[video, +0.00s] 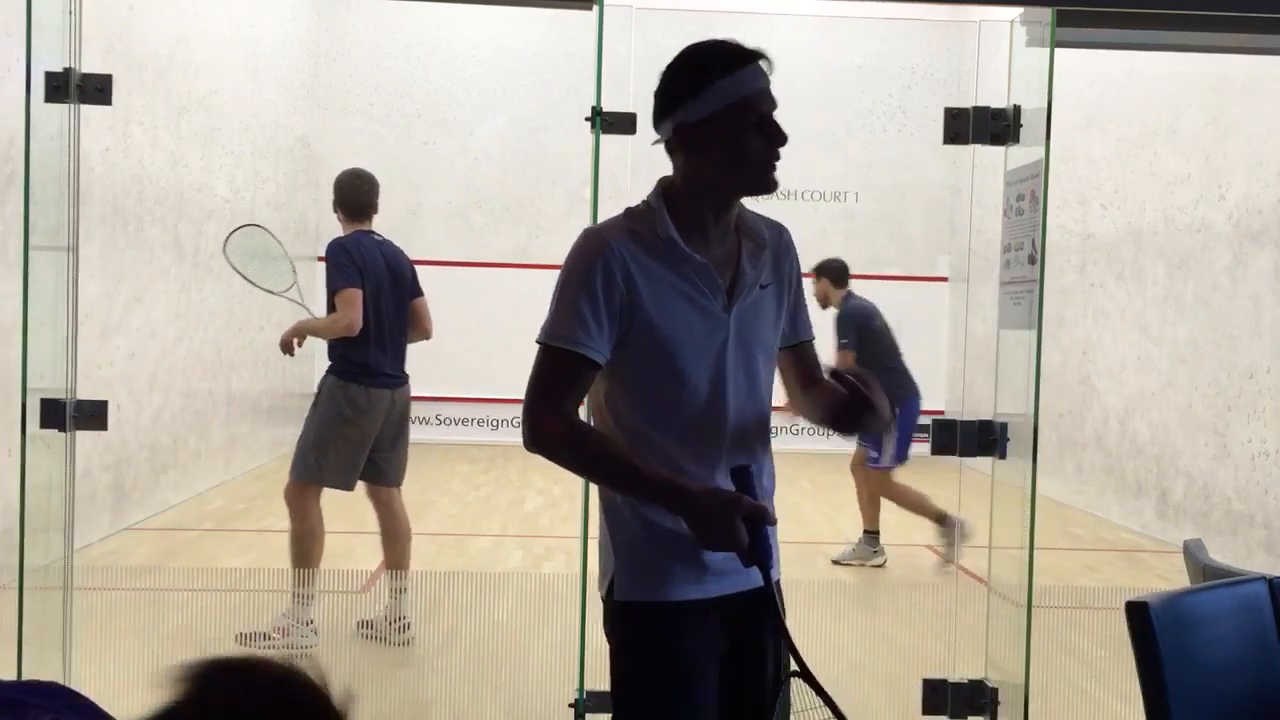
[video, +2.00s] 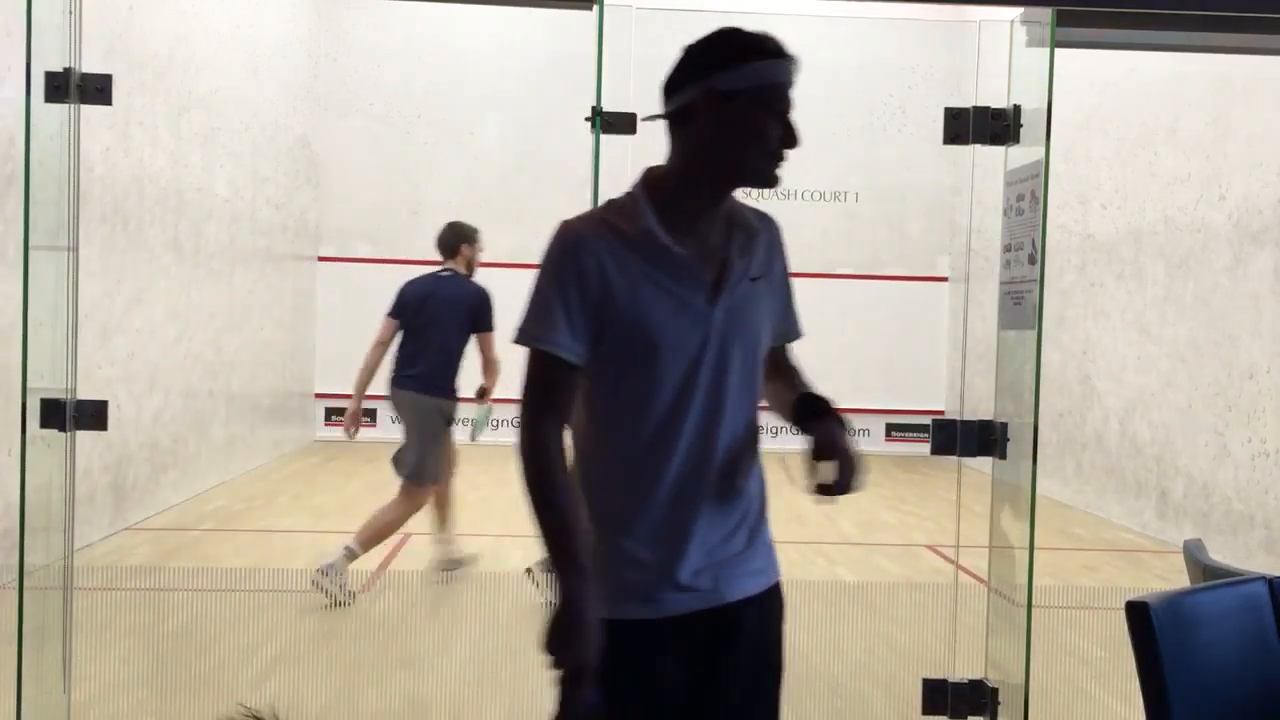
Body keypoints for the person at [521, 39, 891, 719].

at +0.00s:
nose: (781, 136)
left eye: (773, 118)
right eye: (759, 120)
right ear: (691, 136)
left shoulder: (771, 246)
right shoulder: (609, 253)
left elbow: (809, 389)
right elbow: (545, 423)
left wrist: (849, 405)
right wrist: (688, 501)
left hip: (753, 568)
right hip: (658, 578)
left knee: (756, 712)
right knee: (668, 716)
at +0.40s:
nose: (705, 132)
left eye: (698, 113)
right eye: (686, 112)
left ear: (619, 129)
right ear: (614, 127)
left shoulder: (710, 241)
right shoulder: (525, 263)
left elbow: (777, 349)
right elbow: (481, 430)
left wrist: (788, 367)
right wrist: (598, 504)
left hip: (710, 582)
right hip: (596, 594)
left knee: (720, 712)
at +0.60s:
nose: (641, 132)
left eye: (636, 112)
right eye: (621, 113)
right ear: (554, 123)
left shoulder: (654, 240)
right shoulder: (460, 259)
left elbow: (714, 370)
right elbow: (414, 420)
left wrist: (723, 392)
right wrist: (494, 510)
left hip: (645, 575)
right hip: (519, 585)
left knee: (682, 712)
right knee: (500, 717)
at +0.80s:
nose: (586, 142)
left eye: (587, 122)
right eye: (563, 123)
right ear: (495, 127)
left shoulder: (605, 242)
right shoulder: (407, 261)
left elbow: (653, 383)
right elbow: (354, 416)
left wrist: (637, 411)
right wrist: (394, 537)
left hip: (587, 579)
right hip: (456, 581)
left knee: (624, 711)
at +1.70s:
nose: (647, 139)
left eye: (646, 119)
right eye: (626, 117)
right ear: (551, 117)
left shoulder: (647, 235)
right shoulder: (450, 255)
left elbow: (666, 365)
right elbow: (406, 431)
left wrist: (671, 411)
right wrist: (394, 596)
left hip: (626, 582)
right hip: (498, 588)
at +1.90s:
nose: (747, 137)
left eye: (743, 116)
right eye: (729, 115)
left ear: (662, 120)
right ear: (657, 117)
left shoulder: (723, 239)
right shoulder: (544, 249)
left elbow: (730, 371)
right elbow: (493, 424)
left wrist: (759, 416)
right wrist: (502, 588)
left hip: (703, 591)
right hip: (578, 599)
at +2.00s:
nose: (793, 135)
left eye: (788, 113)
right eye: (774, 112)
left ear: (717, 118)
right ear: (703, 114)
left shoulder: (758, 239)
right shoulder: (589, 247)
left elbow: (771, 362)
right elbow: (540, 431)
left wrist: (816, 414)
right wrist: (574, 590)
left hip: (743, 589)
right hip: (627, 602)